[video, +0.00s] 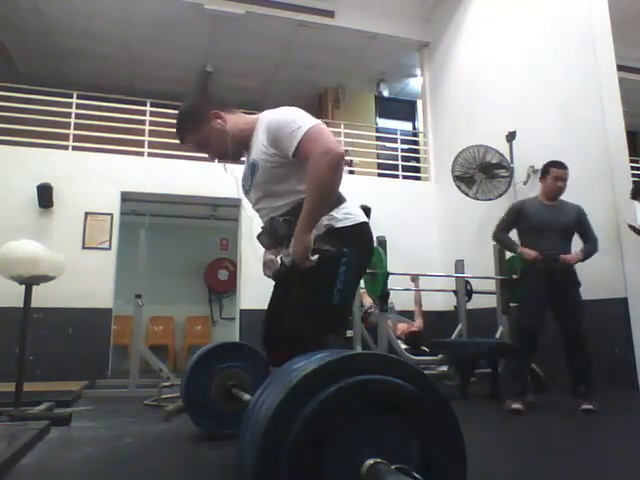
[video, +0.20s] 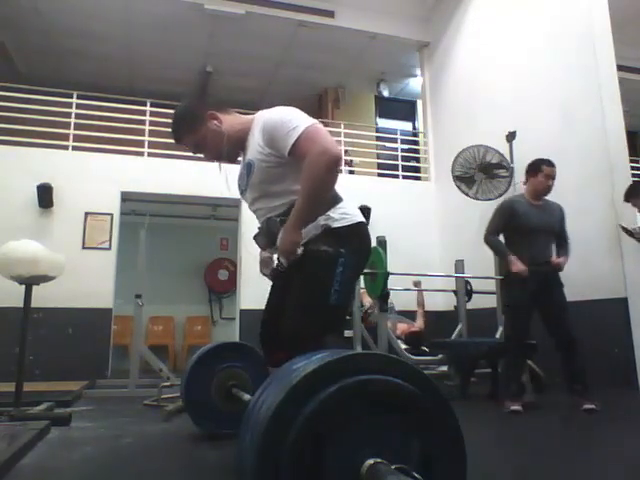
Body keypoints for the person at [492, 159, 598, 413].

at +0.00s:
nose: (560, 185)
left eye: (564, 180)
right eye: (556, 179)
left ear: (567, 183)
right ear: (543, 179)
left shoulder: (574, 212)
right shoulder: (522, 209)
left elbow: (592, 243)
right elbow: (498, 234)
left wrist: (577, 256)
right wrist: (520, 250)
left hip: (564, 280)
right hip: (533, 281)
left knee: (574, 335)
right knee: (526, 335)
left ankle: (583, 396)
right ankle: (517, 395)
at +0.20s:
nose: (551, 183)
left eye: (553, 179)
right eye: (547, 178)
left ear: (551, 181)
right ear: (530, 177)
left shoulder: (555, 210)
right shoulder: (510, 207)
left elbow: (562, 240)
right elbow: (490, 236)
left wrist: (563, 257)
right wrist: (510, 259)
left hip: (548, 280)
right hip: (518, 282)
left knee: (565, 335)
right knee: (516, 339)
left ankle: (580, 394)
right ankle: (512, 396)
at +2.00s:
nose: (517, 245)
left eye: (516, 240)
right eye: (515, 240)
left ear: (499, 241)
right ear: (509, 240)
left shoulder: (514, 267)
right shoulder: (489, 260)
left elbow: (519, 300)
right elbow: (485, 287)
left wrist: (537, 314)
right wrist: (510, 312)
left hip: (522, 320)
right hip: (497, 320)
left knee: (568, 333)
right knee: (513, 337)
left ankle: (564, 392)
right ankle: (497, 396)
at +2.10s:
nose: (513, 245)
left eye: (512, 241)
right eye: (512, 241)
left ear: (493, 241)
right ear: (506, 240)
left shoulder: (508, 266)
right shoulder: (487, 261)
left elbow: (510, 299)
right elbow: (484, 286)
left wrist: (530, 311)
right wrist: (510, 309)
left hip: (518, 320)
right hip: (495, 321)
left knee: (568, 333)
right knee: (509, 336)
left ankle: (565, 393)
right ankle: (497, 397)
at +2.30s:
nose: (511, 245)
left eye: (510, 241)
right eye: (510, 241)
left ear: (492, 242)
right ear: (503, 241)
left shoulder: (507, 267)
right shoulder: (482, 260)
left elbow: (508, 301)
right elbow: (473, 284)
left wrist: (527, 313)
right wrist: (500, 300)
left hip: (518, 322)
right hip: (495, 323)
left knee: (568, 332)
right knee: (503, 337)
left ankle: (571, 391)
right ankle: (500, 396)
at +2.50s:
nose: (517, 242)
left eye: (516, 238)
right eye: (514, 237)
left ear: (504, 238)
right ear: (504, 238)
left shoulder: (512, 266)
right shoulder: (478, 260)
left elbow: (511, 300)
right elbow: (456, 283)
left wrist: (528, 310)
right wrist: (461, 292)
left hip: (519, 316)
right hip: (496, 317)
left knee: (570, 332)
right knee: (507, 337)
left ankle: (573, 392)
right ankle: (501, 397)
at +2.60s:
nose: (517, 243)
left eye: (517, 239)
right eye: (514, 238)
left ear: (505, 239)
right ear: (501, 238)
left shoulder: (513, 265)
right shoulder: (478, 261)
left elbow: (520, 297)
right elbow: (457, 284)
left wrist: (540, 307)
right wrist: (458, 294)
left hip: (523, 316)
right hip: (497, 317)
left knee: (570, 331)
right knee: (506, 335)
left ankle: (573, 392)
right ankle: (501, 397)